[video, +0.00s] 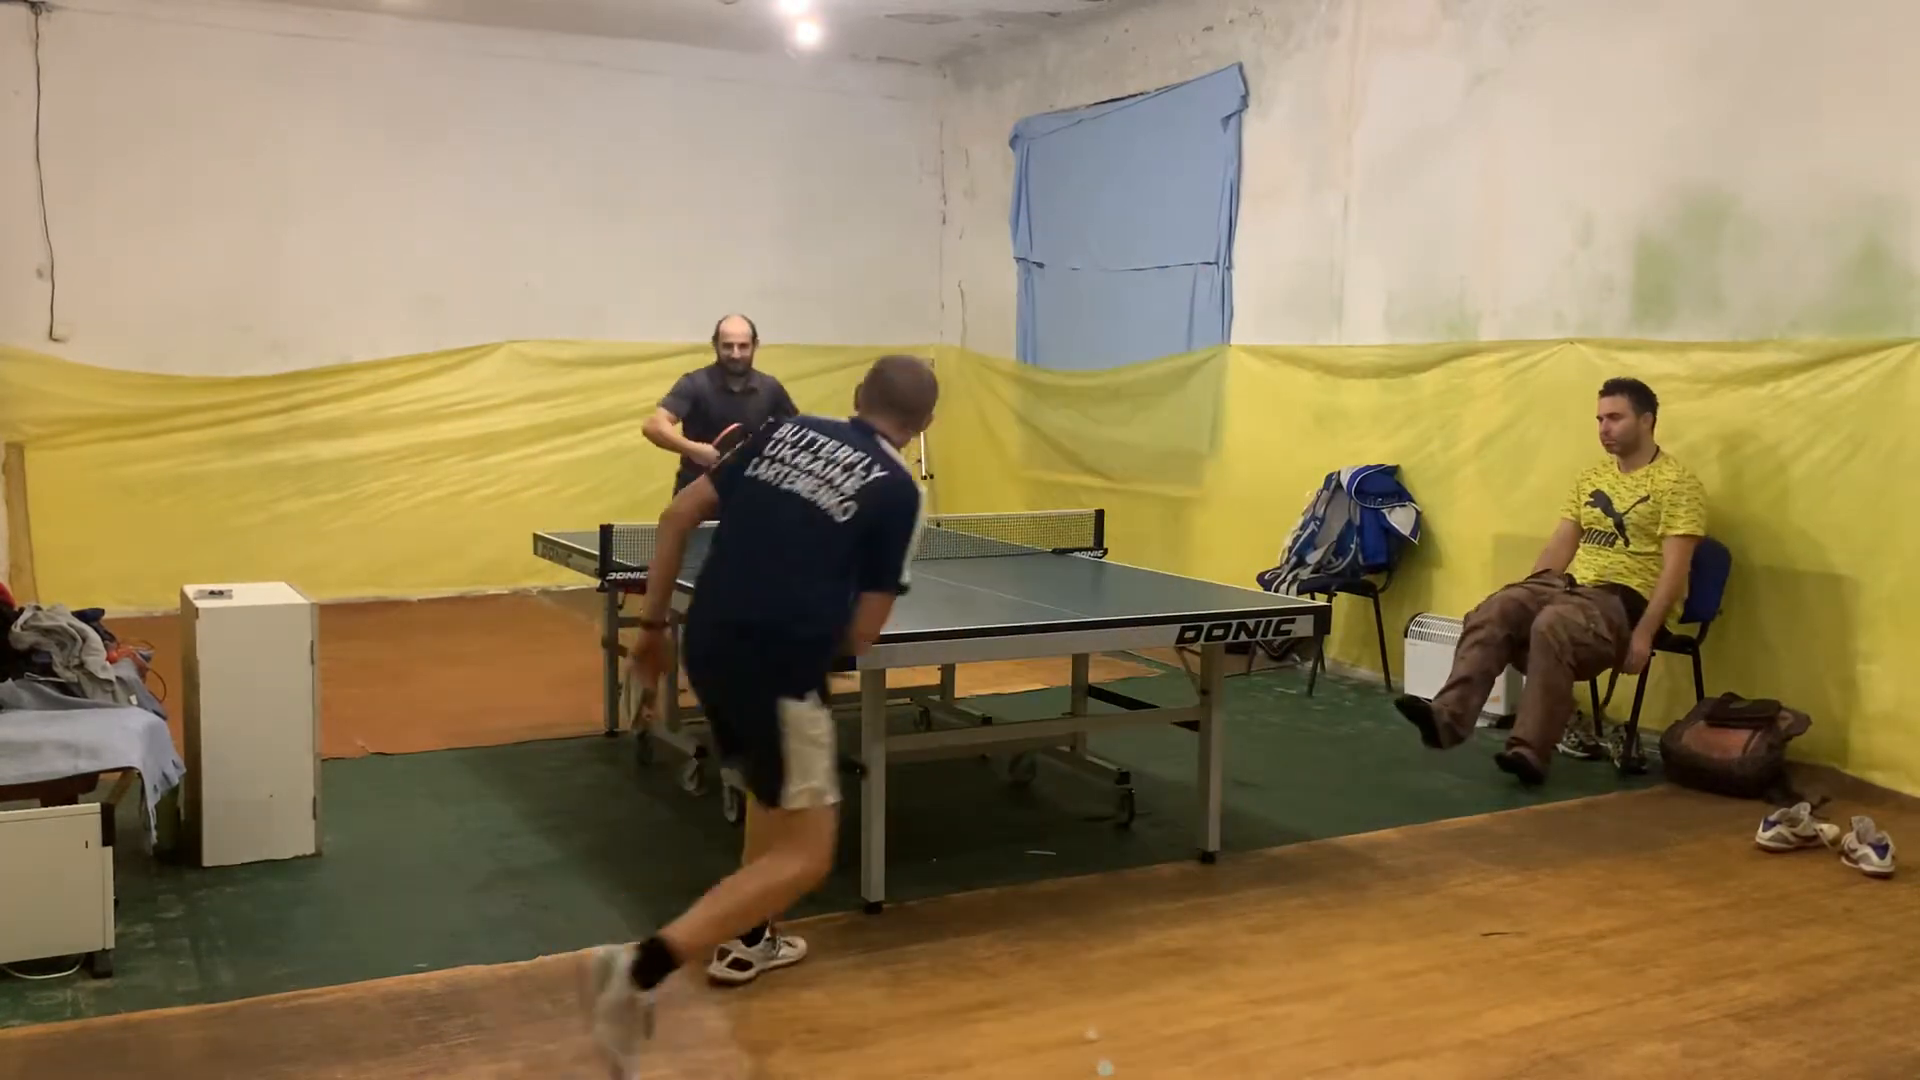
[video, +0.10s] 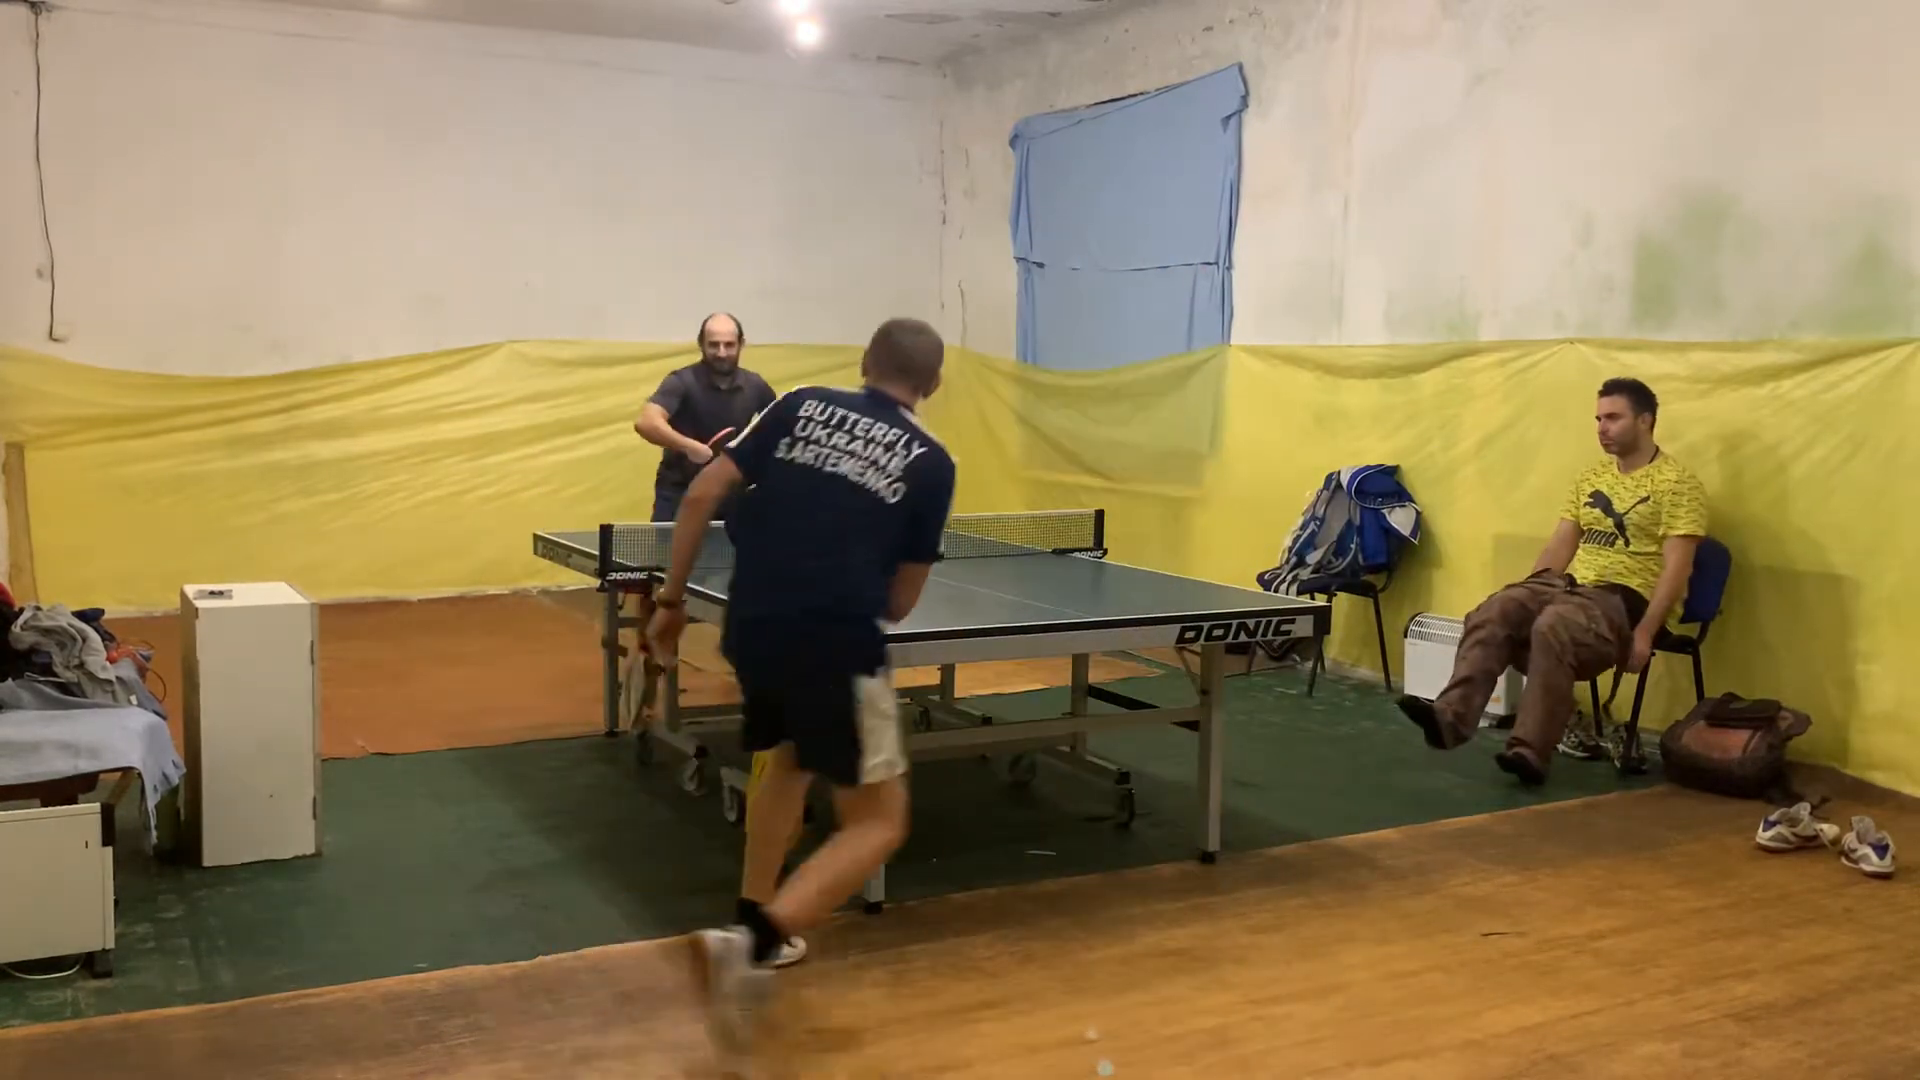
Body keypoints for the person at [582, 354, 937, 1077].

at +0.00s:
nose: (926, 434)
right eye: (928, 424)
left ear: (860, 396)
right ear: (920, 423)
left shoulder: (785, 429)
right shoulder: (896, 490)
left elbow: (678, 516)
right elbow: (866, 629)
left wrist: (654, 622)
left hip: (711, 637)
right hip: (781, 656)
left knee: (768, 792)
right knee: (805, 852)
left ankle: (748, 939)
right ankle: (640, 969)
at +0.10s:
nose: (931, 392)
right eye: (936, 384)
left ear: (867, 363)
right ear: (930, 385)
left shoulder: (799, 405)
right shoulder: (930, 465)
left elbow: (701, 494)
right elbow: (900, 601)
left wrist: (673, 597)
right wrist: (842, 571)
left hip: (755, 625)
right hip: (839, 641)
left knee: (786, 762)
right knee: (878, 819)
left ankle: (759, 924)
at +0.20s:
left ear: (886, 344)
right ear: (952, 363)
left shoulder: (829, 391)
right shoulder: (964, 442)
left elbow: (744, 486)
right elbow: (940, 569)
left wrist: (706, 594)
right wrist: (887, 615)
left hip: (797, 620)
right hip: (889, 635)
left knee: (800, 758)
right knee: (953, 797)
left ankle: (779, 938)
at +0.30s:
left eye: (916, 351)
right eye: (979, 363)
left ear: (916, 353)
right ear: (983, 367)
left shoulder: (864, 403)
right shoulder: (1001, 448)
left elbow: (785, 496)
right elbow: (983, 577)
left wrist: (748, 615)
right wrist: (940, 627)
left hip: (848, 636)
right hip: (945, 644)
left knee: (818, 763)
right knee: (1028, 802)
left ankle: (783, 939)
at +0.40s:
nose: (961, 366)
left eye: (960, 354)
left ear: (960, 358)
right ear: (1028, 369)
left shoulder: (913, 410)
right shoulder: (1055, 449)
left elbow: (855, 513)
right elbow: (1046, 583)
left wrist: (809, 620)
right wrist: (1001, 633)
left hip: (912, 655)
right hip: (1016, 661)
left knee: (848, 771)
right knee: (1096, 815)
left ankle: (785, 939)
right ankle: (1186, 999)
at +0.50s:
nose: (1005, 363)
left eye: (1003, 351)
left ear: (1003, 355)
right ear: (1073, 362)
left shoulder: (970, 410)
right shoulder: (1115, 434)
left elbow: (931, 519)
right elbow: (1120, 570)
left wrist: (870, 612)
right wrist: (1080, 628)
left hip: (991, 665)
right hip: (1093, 672)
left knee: (888, 799)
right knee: (1147, 828)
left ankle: (794, 943)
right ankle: (1201, 1019)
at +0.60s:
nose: (1030, 343)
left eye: (1032, 332)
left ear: (1038, 335)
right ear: (1108, 344)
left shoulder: (1008, 397)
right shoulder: (1155, 414)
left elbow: (966, 513)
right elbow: (1173, 560)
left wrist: (930, 597)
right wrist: (1108, 585)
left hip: (1038, 643)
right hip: (1141, 644)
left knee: (933, 792)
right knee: (1191, 790)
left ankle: (865, 973)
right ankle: (1224, 977)